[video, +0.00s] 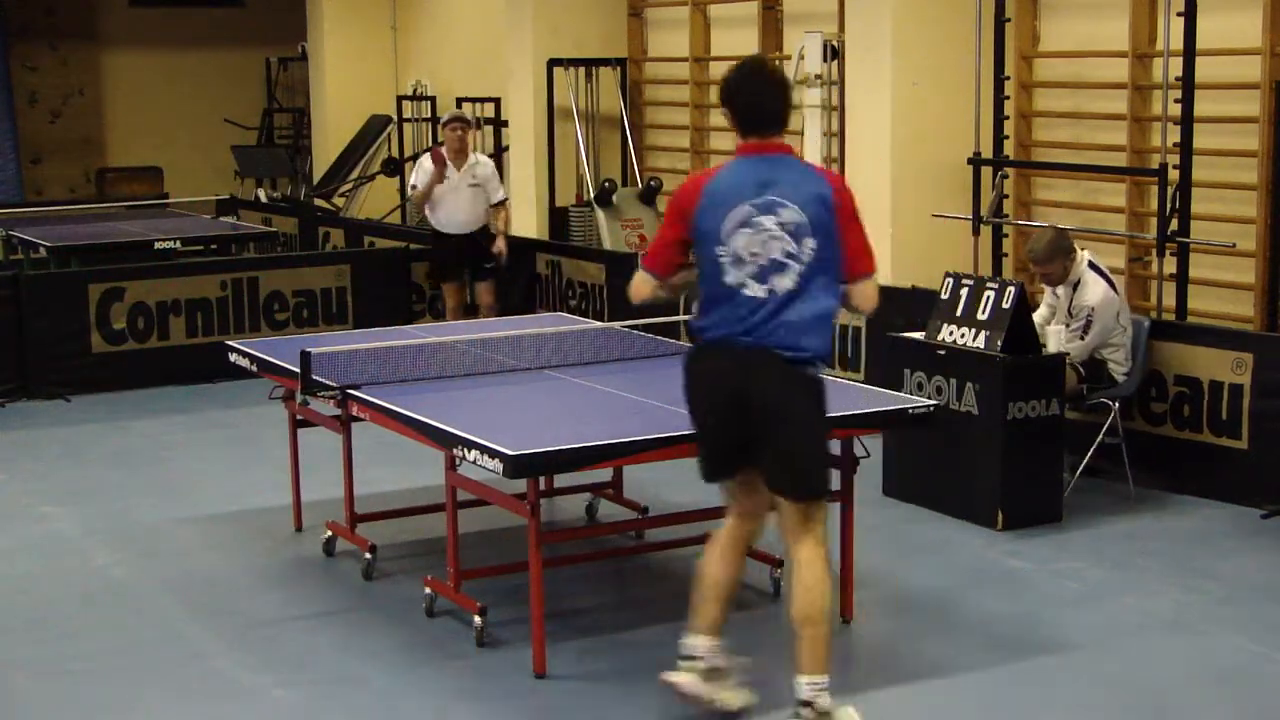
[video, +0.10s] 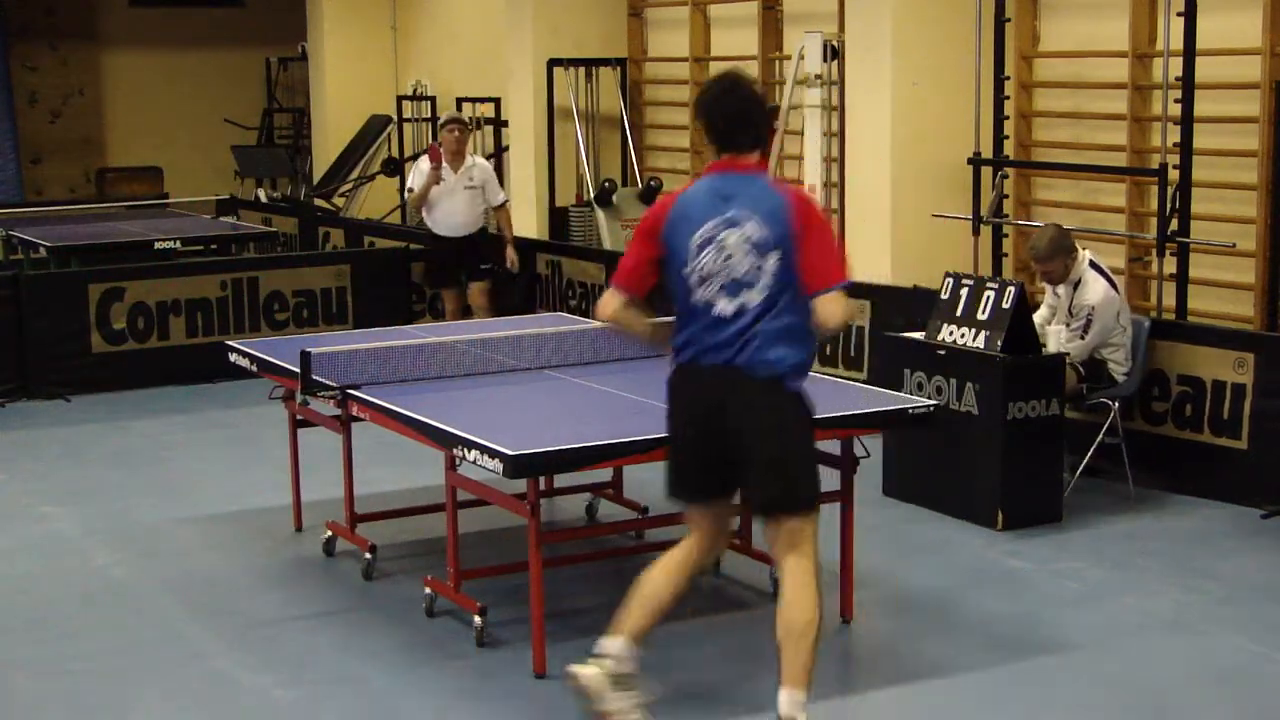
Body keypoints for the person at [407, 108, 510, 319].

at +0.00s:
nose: (459, 134)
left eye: (464, 129)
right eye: (454, 130)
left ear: (470, 134)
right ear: (444, 134)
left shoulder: (484, 164)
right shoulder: (427, 162)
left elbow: (499, 204)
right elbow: (417, 202)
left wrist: (500, 236)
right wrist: (434, 179)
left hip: (479, 239)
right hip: (445, 241)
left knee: (487, 303)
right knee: (453, 305)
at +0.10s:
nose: (456, 135)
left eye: (461, 131)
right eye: (450, 131)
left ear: (468, 136)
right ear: (440, 137)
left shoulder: (481, 167)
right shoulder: (425, 165)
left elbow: (500, 206)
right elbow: (414, 204)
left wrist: (509, 244)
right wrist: (429, 183)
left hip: (476, 241)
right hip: (441, 243)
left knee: (480, 302)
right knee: (452, 307)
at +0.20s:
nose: (454, 139)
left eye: (459, 134)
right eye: (448, 134)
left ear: (467, 139)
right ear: (438, 140)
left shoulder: (480, 172)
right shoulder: (422, 170)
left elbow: (499, 211)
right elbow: (412, 211)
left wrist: (512, 248)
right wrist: (432, 192)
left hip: (475, 246)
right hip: (440, 248)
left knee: (476, 306)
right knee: (451, 310)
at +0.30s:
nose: (454, 143)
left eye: (459, 138)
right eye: (448, 138)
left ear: (466, 143)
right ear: (437, 142)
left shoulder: (481, 175)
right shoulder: (422, 173)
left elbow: (499, 213)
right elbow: (411, 215)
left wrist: (512, 247)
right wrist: (432, 212)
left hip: (472, 250)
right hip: (438, 252)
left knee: (472, 310)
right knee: (448, 313)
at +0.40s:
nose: (455, 142)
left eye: (460, 137)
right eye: (449, 137)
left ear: (468, 142)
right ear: (439, 142)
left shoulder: (481, 175)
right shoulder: (422, 171)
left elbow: (499, 213)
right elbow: (410, 208)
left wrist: (510, 244)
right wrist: (424, 230)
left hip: (472, 251)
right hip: (436, 252)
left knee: (474, 310)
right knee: (440, 312)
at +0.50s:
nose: (454, 139)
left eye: (460, 135)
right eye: (448, 135)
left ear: (467, 140)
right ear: (438, 139)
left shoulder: (482, 173)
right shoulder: (420, 170)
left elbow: (496, 213)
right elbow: (409, 210)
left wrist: (489, 245)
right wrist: (414, 244)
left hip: (468, 250)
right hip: (430, 250)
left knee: (470, 309)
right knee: (430, 308)